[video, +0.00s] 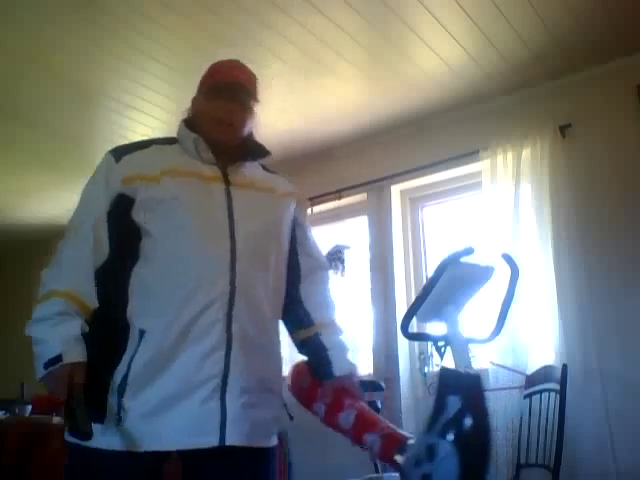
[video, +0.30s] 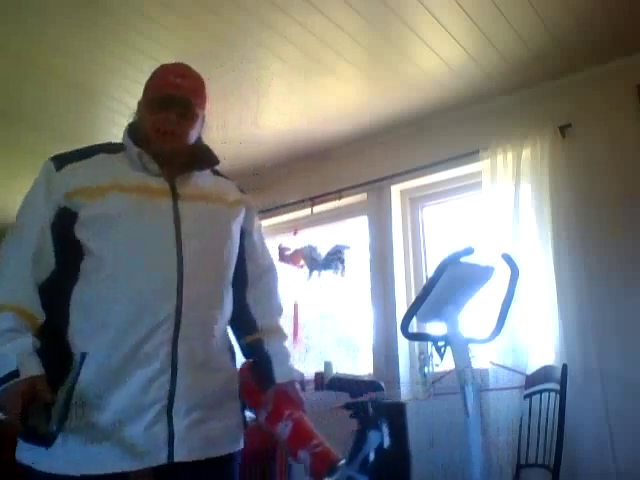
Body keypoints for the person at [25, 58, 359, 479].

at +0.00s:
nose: (231, 107)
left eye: (242, 99)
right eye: (220, 94)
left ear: (253, 115)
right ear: (195, 103)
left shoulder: (280, 194)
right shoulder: (127, 168)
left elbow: (308, 298)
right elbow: (73, 267)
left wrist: (338, 372)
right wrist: (63, 351)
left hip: (247, 427)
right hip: (135, 422)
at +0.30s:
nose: (170, 118)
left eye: (185, 110)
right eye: (160, 104)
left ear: (202, 122)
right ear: (139, 108)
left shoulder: (231, 201)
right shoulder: (67, 179)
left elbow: (258, 302)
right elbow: (14, 281)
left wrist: (280, 383)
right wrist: (18, 367)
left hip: (205, 444)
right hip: (88, 444)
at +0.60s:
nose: (166, 102)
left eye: (180, 94)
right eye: (155, 89)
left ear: (194, 110)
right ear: (133, 96)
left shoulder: (223, 193)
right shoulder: (67, 163)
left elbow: (242, 302)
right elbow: (29, 264)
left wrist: (257, 378)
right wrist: (70, 339)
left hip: (201, 428)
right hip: (89, 432)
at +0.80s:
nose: (192, 100)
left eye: (205, 96)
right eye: (180, 89)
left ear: (217, 113)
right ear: (155, 99)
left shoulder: (240, 201)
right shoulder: (94, 166)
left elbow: (253, 307)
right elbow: (57, 265)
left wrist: (266, 386)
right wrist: (87, 352)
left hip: (221, 439)